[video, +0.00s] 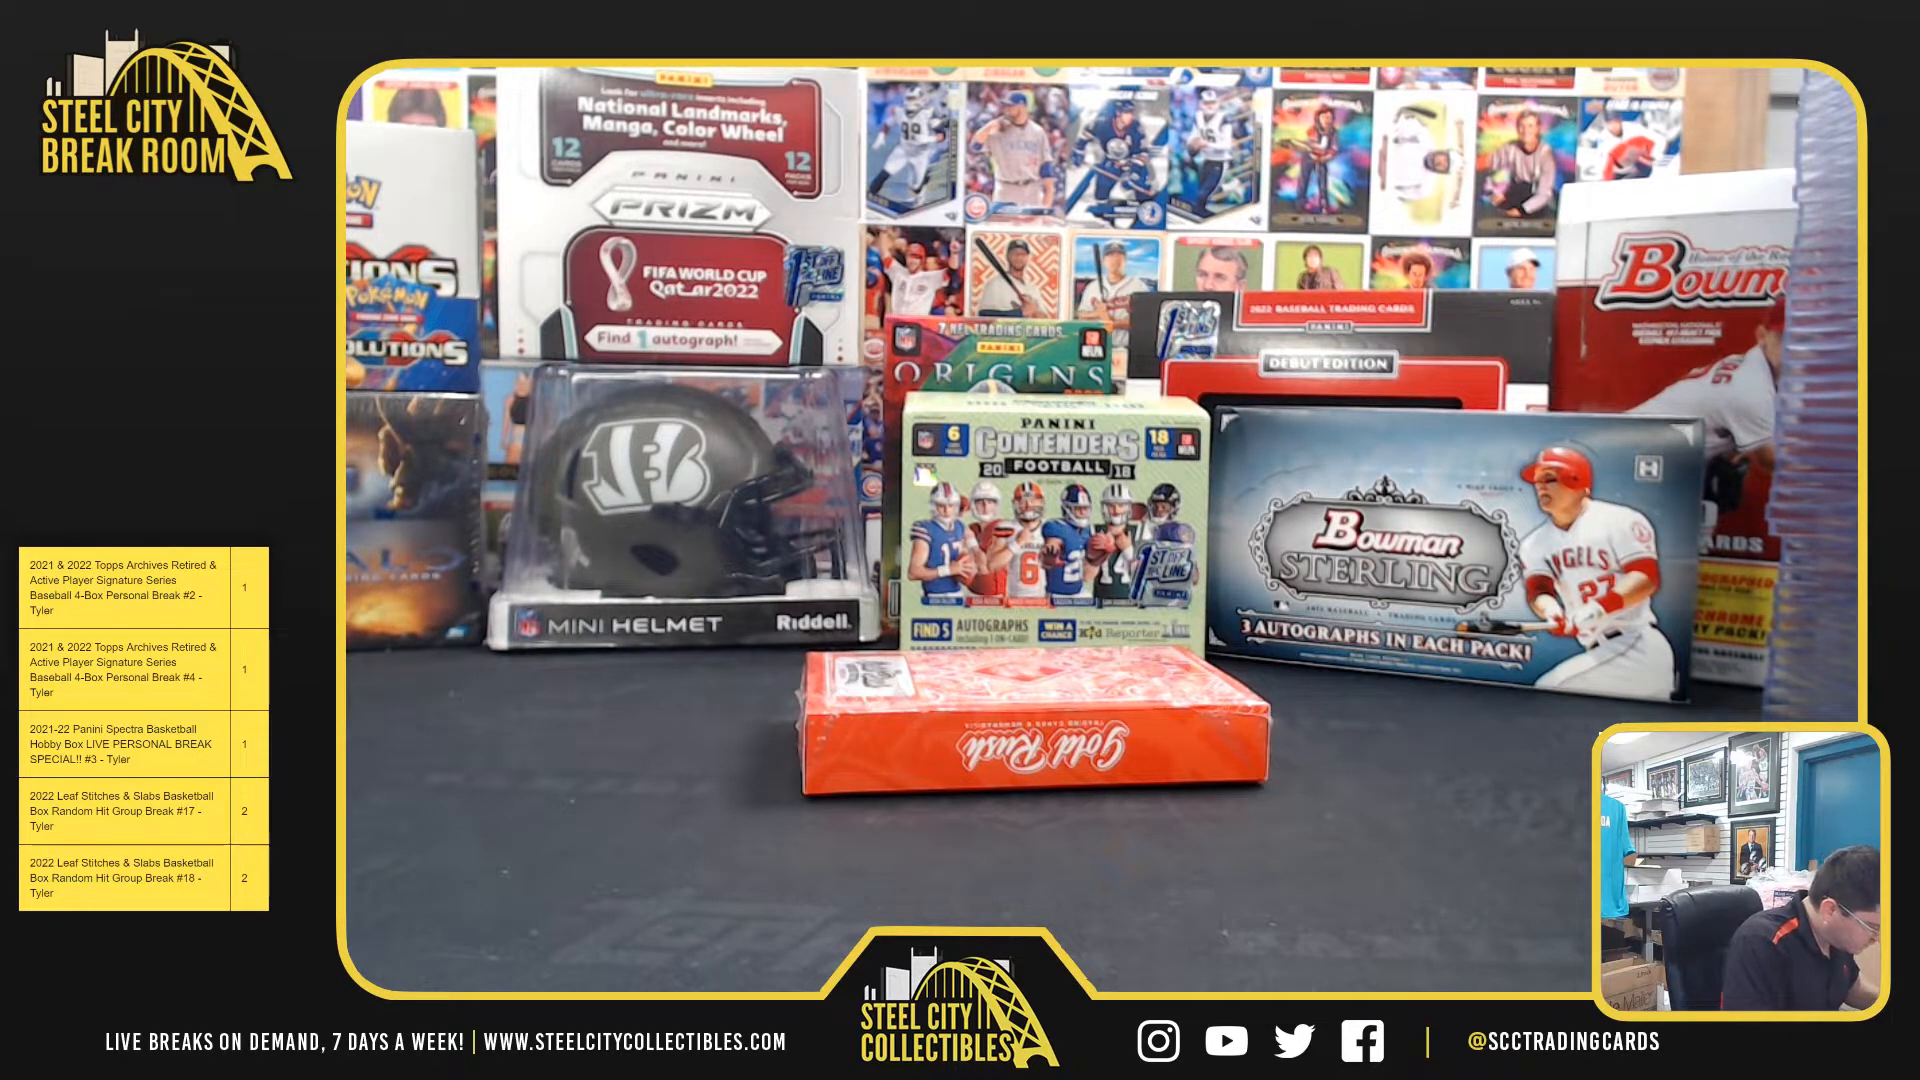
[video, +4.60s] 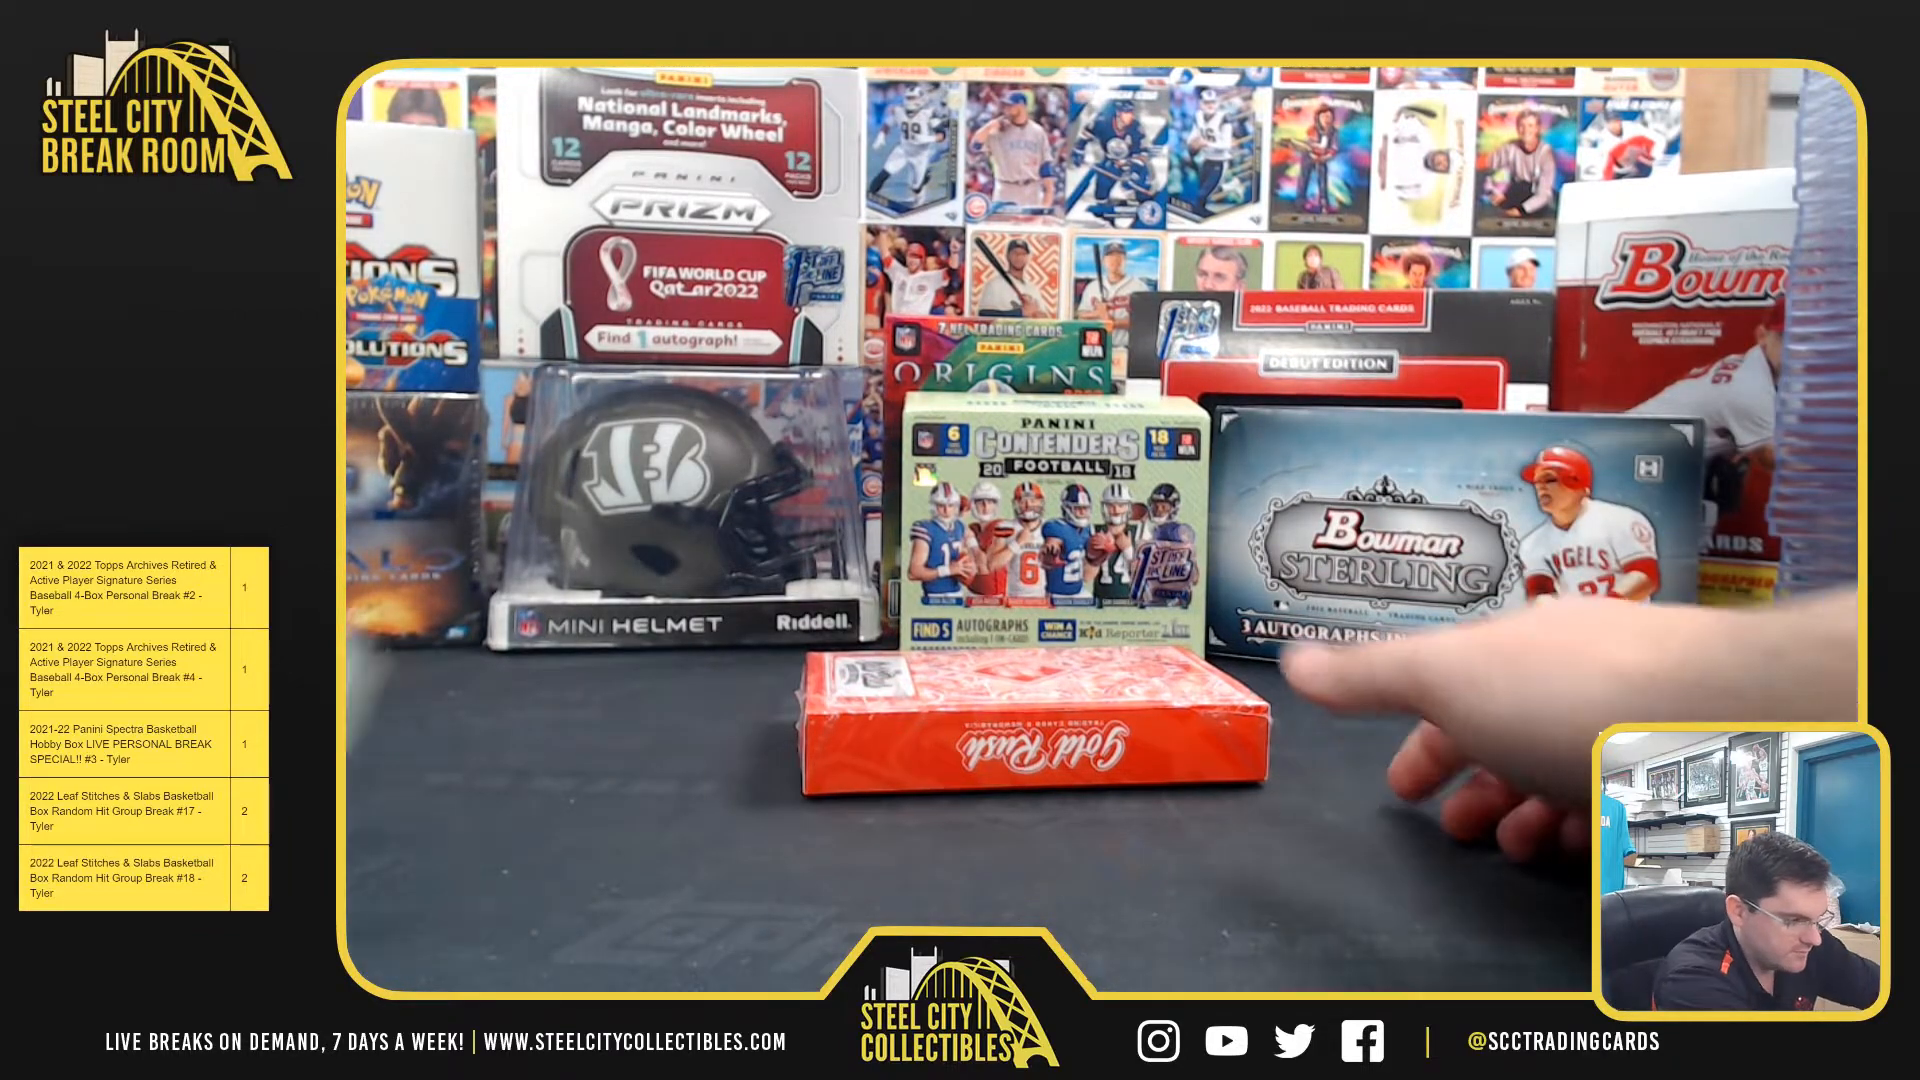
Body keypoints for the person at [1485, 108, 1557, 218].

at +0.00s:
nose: (1526, 131)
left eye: (1530, 126)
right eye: (1522, 126)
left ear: (1538, 129)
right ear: (1517, 129)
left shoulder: (1545, 154)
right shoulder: (1507, 151)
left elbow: (1545, 192)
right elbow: (1491, 178)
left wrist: (1523, 209)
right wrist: (1494, 194)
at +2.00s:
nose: (1526, 131)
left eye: (1530, 126)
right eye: (1522, 126)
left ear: (1538, 129)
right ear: (1518, 130)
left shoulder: (1545, 154)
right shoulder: (1505, 151)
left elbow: (1545, 192)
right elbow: (1491, 179)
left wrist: (1523, 209)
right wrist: (1495, 193)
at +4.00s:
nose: (1526, 130)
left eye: (1530, 126)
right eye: (1522, 126)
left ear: (1539, 128)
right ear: (1518, 130)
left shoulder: (1545, 154)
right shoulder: (1507, 150)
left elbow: (1545, 191)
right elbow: (1490, 178)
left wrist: (1523, 209)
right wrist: (1495, 193)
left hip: (1535, 188)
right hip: (1512, 187)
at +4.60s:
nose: (1526, 130)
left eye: (1531, 126)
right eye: (1522, 126)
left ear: (1538, 128)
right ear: (1518, 129)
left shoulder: (1545, 153)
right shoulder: (1507, 150)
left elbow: (1545, 191)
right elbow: (1489, 178)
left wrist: (1523, 209)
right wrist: (1495, 194)